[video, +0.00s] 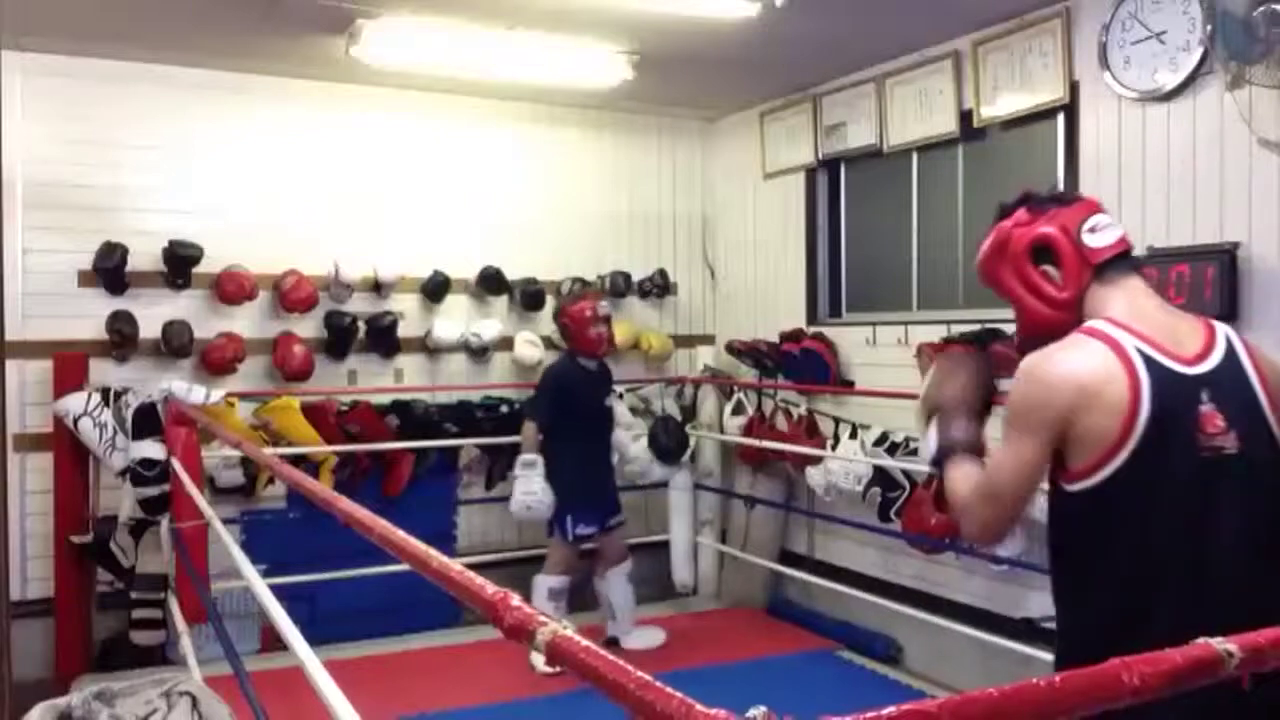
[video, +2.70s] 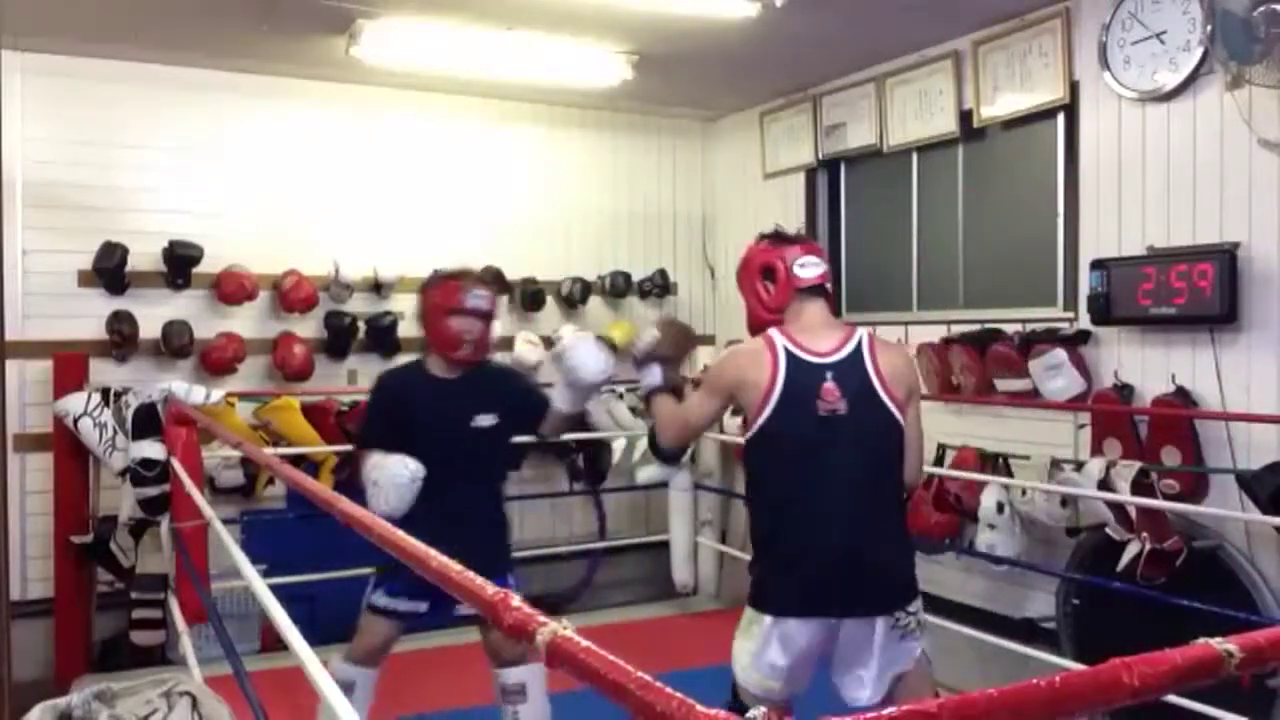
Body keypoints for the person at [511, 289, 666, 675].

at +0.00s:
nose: (603, 331)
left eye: (605, 323)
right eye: (595, 324)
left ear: (605, 326)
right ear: (572, 329)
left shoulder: (601, 371)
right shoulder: (558, 374)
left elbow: (604, 422)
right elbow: (531, 425)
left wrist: (634, 447)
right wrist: (530, 475)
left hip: (600, 478)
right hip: (568, 482)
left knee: (615, 552)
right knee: (560, 560)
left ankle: (622, 629)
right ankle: (543, 643)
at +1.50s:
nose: (536, 331)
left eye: (542, 321)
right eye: (524, 323)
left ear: (554, 325)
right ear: (504, 333)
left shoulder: (578, 371)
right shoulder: (493, 390)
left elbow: (601, 420)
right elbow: (481, 450)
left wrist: (608, 445)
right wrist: (508, 462)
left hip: (587, 504)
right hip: (533, 511)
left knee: (610, 598)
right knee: (540, 603)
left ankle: (608, 686)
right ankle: (541, 696)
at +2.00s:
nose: (538, 338)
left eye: (548, 329)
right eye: (528, 327)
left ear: (560, 337)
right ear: (506, 330)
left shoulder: (573, 390)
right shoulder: (476, 389)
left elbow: (593, 448)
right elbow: (457, 452)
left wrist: (587, 464)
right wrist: (498, 457)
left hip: (550, 526)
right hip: (492, 529)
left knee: (543, 631)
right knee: (501, 636)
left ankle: (544, 708)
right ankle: (527, 696)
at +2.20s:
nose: (545, 329)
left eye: (557, 322)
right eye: (537, 315)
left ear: (569, 332)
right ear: (514, 316)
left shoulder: (574, 388)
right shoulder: (473, 375)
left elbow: (593, 454)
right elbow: (442, 434)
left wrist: (605, 462)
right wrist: (457, 462)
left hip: (541, 531)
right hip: (477, 529)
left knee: (544, 646)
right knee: (450, 642)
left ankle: (543, 709)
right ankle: (507, 692)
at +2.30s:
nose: (541, 326)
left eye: (554, 318)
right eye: (532, 312)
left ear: (566, 329)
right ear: (509, 313)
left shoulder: (573, 386)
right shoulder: (469, 373)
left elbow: (590, 474)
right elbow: (431, 450)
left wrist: (607, 444)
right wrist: (431, 473)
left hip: (535, 534)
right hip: (468, 532)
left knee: (543, 647)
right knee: (426, 631)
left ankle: (542, 713)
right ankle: (452, 713)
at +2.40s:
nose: (533, 321)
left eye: (546, 313)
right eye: (524, 306)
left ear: (557, 325)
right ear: (499, 309)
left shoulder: (567, 384)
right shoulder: (461, 373)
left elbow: (591, 472)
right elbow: (419, 460)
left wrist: (608, 416)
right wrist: (413, 474)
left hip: (527, 537)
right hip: (456, 532)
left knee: (539, 660)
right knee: (410, 641)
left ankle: (538, 714)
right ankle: (394, 713)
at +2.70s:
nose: (472, 327)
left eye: (482, 317)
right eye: (460, 315)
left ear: (491, 323)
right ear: (431, 320)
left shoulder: (502, 384)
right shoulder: (397, 386)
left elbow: (550, 426)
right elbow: (369, 451)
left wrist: (576, 391)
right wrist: (379, 469)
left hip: (483, 538)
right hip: (412, 539)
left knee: (510, 647)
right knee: (368, 645)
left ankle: (527, 714)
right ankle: (337, 718)